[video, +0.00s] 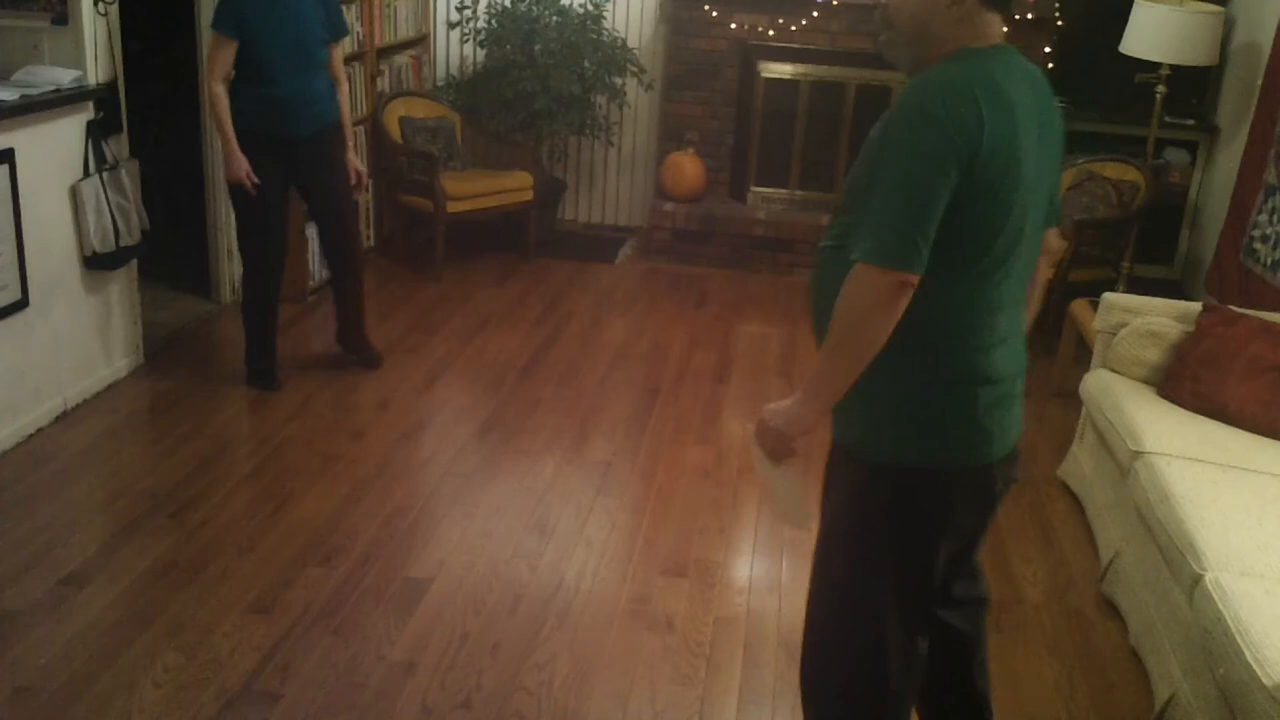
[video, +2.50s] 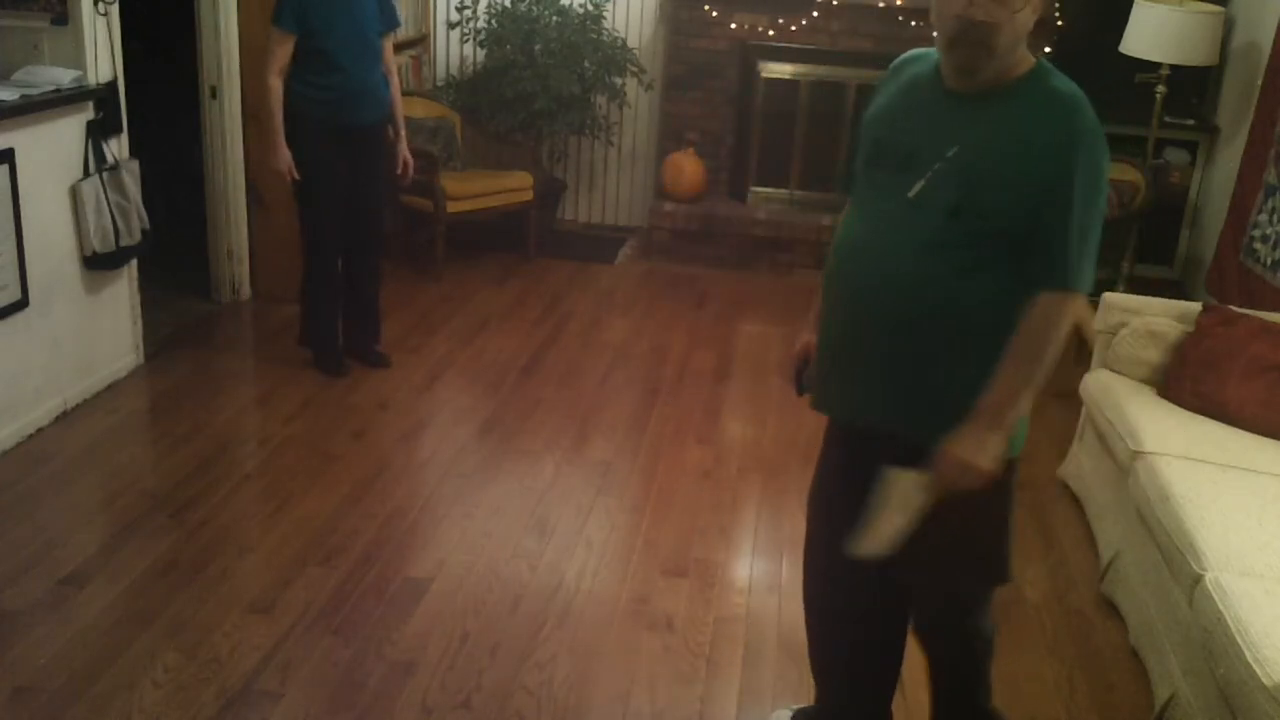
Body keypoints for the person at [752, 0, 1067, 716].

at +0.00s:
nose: (878, 14)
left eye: (891, 0)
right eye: (880, 3)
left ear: (950, 2)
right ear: (972, 8)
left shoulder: (938, 100)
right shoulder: (1029, 90)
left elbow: (888, 277)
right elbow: (1044, 243)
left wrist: (805, 404)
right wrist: (1002, 342)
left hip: (905, 440)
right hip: (982, 432)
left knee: (857, 643)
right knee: (947, 609)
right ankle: (958, 713)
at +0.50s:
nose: (818, 10)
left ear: (907, 8)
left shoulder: (928, 107)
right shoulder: (822, 89)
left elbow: (922, 283)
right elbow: (794, 234)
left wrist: (839, 417)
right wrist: (750, 340)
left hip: (870, 430)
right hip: (790, 401)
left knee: (837, 608)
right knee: (768, 574)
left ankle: (831, 710)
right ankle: (767, 690)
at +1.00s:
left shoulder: (914, 87)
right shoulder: (720, 75)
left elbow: (952, 225)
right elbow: (681, 201)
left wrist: (972, 350)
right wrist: (667, 323)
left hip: (862, 375)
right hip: (752, 363)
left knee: (839, 556)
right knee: (759, 533)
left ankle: (817, 705)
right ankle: (768, 670)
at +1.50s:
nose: (833, 5)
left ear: (884, 2)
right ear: (796, 2)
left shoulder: (937, 82)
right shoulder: (748, 75)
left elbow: (977, 226)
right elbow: (714, 206)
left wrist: (957, 349)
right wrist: (697, 325)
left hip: (899, 380)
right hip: (780, 374)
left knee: (927, 567)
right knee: (783, 544)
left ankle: (956, 706)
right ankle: (776, 676)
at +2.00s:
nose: (972, 5)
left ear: (1028, 9)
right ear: (926, 3)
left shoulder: (1077, 113)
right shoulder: (880, 93)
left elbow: (1125, 266)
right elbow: (845, 222)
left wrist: (1132, 404)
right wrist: (807, 333)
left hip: (1000, 430)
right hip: (877, 403)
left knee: (976, 630)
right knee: (828, 577)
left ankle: (979, 718)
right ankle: (793, 690)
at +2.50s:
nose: (970, 13)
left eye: (996, 2)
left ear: (1038, 14)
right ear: (934, 2)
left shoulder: (1063, 121)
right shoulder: (904, 75)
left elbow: (1062, 293)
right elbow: (864, 215)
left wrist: (989, 425)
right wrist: (824, 326)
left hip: (967, 430)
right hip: (863, 404)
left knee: (954, 620)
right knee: (842, 604)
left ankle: (964, 714)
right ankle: (845, 709)